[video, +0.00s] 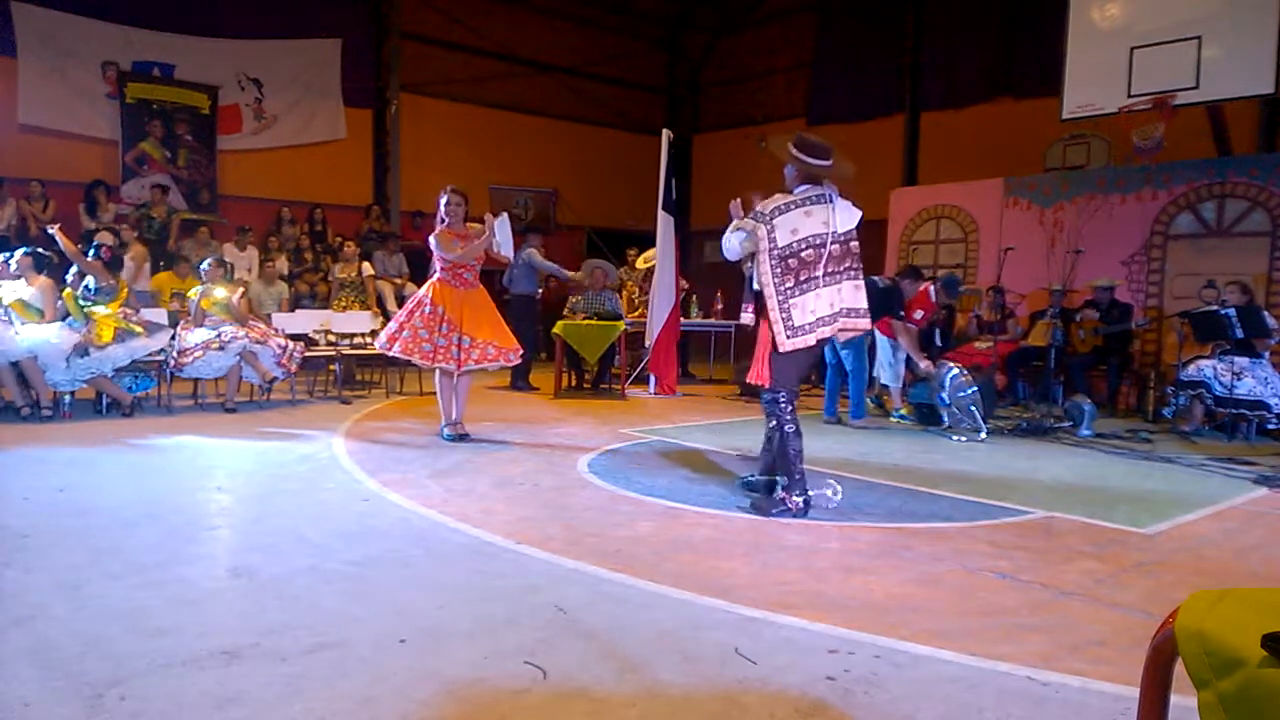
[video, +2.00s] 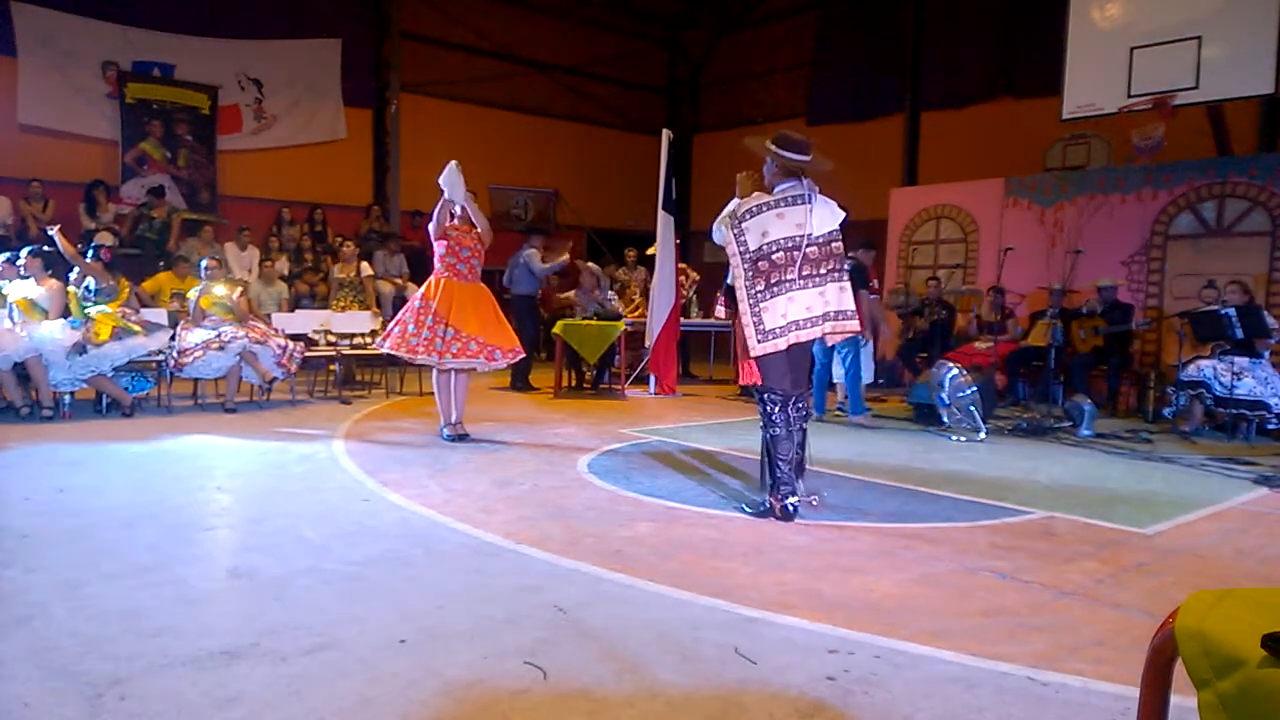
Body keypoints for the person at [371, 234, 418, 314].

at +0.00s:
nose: (396, 244)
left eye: (397, 242)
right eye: (393, 242)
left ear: (398, 243)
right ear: (386, 243)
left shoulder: (400, 255)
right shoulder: (378, 255)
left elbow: (405, 272)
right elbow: (379, 274)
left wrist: (402, 283)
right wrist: (393, 282)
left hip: (398, 278)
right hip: (384, 278)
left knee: (412, 289)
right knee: (387, 289)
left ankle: (413, 313)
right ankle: (394, 314)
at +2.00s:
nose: (397, 245)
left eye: (398, 243)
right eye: (394, 242)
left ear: (399, 244)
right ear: (387, 243)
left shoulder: (400, 256)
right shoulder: (379, 254)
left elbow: (405, 272)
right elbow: (380, 273)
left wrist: (404, 282)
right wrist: (395, 283)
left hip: (398, 278)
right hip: (383, 278)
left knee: (414, 291)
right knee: (387, 291)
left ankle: (417, 317)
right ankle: (387, 318)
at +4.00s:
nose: (397, 245)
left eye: (398, 243)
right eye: (394, 242)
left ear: (399, 244)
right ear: (387, 243)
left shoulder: (400, 256)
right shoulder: (379, 254)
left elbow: (405, 272)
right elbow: (380, 273)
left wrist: (404, 282)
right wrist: (395, 283)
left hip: (397, 278)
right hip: (383, 278)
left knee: (413, 290)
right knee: (387, 291)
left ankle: (416, 316)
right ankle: (387, 318)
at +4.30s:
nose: (396, 246)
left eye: (398, 243)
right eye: (394, 243)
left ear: (400, 244)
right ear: (387, 244)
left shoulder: (400, 256)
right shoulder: (379, 255)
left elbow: (405, 272)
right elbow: (380, 274)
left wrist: (404, 282)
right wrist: (394, 283)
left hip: (398, 278)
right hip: (384, 278)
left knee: (413, 291)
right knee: (387, 292)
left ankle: (417, 316)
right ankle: (387, 317)